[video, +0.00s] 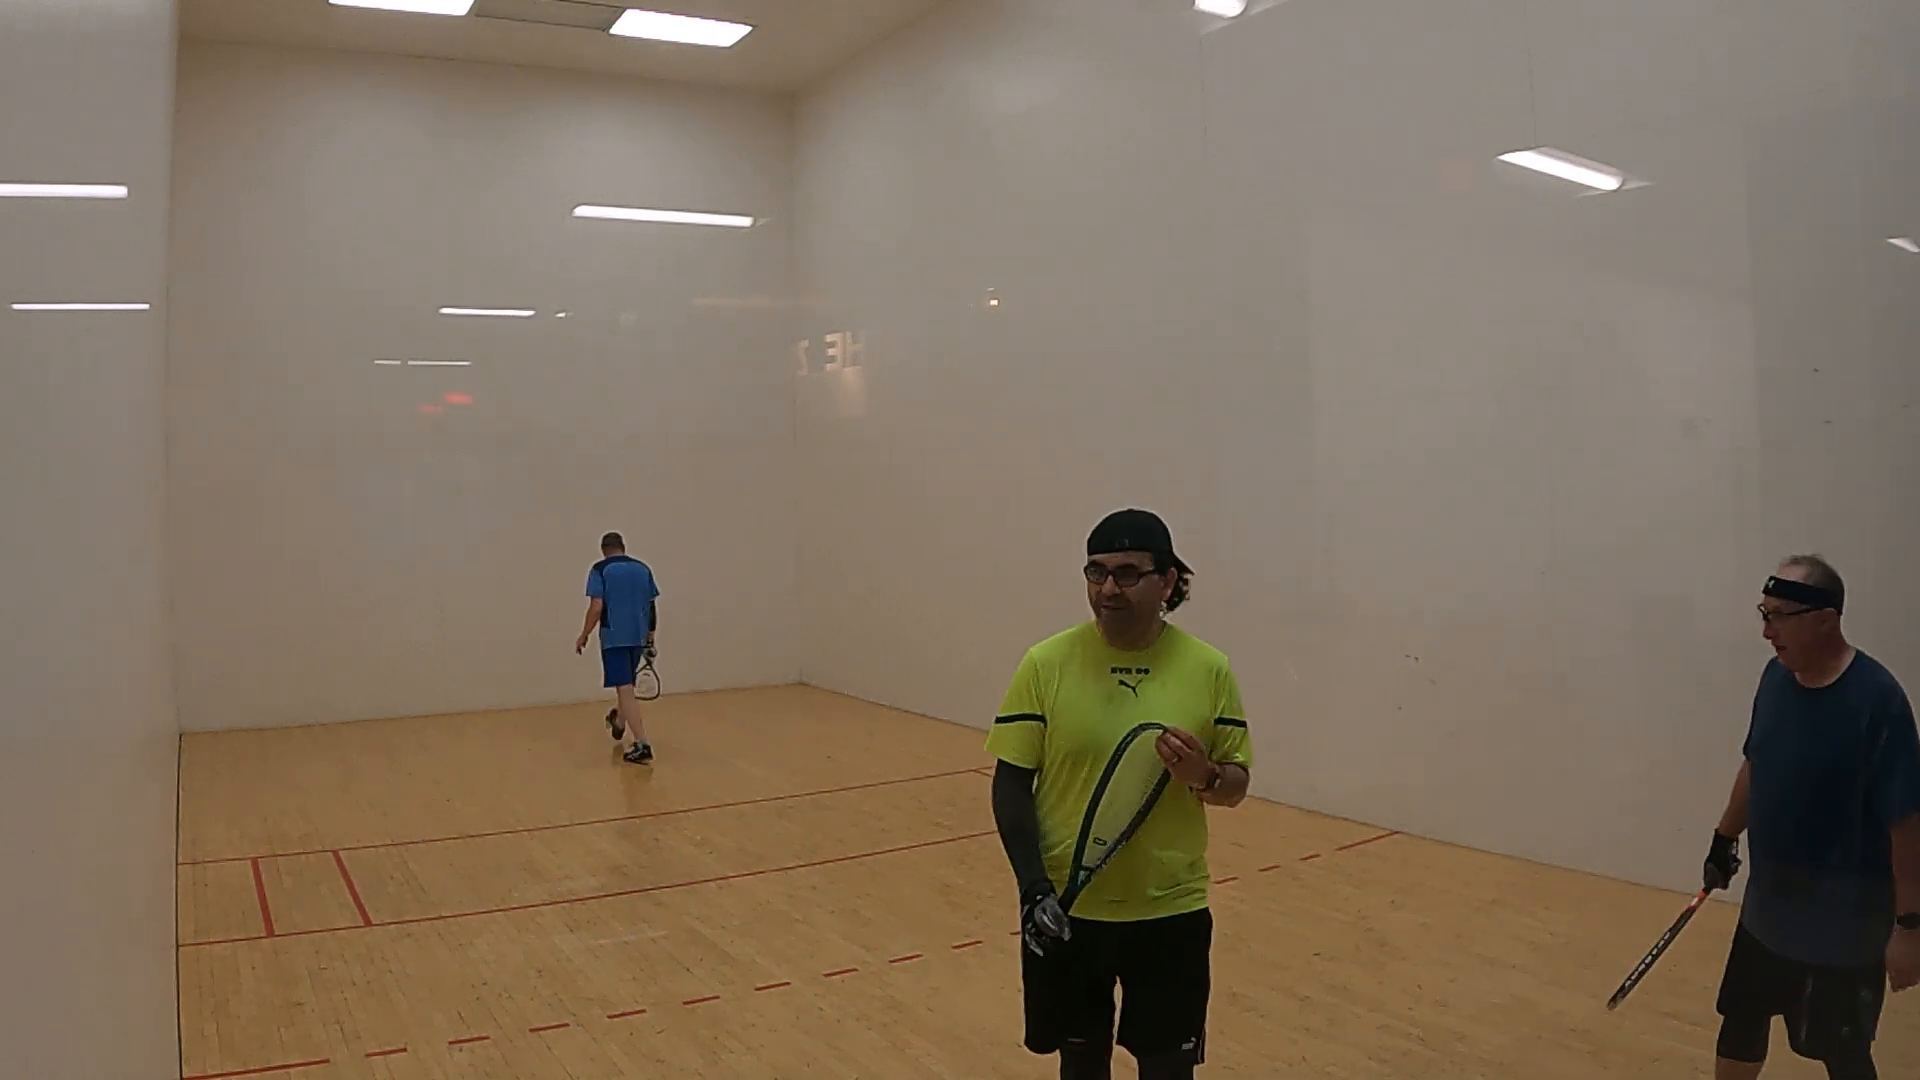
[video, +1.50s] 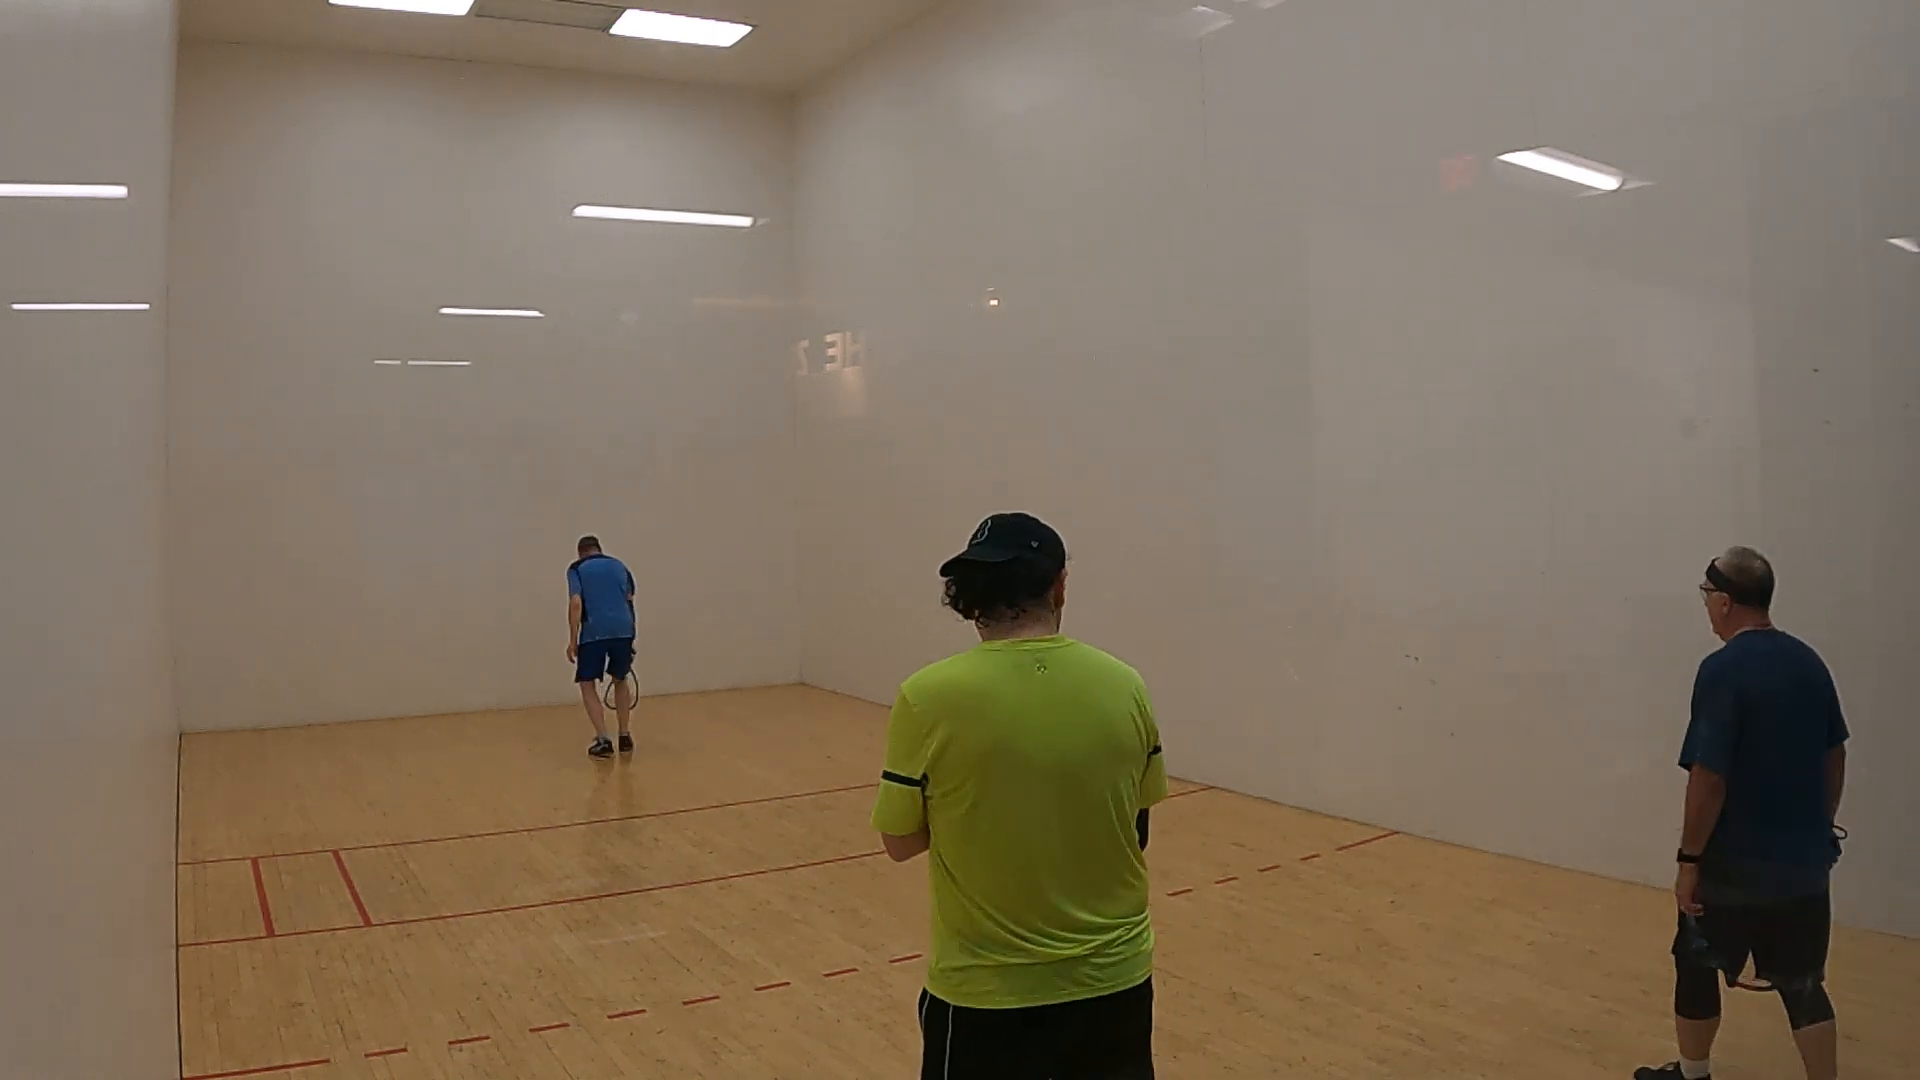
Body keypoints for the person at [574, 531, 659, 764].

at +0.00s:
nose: (607, 554)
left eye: (605, 550)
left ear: (603, 550)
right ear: (624, 548)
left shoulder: (600, 569)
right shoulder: (642, 568)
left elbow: (596, 606)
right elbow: (651, 606)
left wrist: (585, 634)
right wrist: (651, 636)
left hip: (614, 639)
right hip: (639, 637)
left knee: (625, 689)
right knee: (627, 683)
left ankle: (642, 744)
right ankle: (618, 719)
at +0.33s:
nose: (589, 571)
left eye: (588, 568)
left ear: (591, 564)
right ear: (607, 562)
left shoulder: (589, 570)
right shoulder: (622, 574)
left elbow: (594, 594)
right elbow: (628, 612)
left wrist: (593, 629)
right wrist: (627, 656)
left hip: (611, 625)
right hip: (632, 626)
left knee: (604, 677)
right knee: (619, 675)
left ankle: (627, 729)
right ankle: (615, 723)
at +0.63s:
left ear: (582, 569)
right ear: (596, 568)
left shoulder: (583, 572)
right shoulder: (612, 577)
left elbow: (590, 590)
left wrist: (591, 625)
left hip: (609, 619)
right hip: (629, 620)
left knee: (607, 672)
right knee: (616, 673)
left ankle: (609, 730)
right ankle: (613, 724)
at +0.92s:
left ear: (581, 566)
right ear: (596, 564)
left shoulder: (580, 571)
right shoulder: (611, 574)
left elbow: (586, 590)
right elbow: (614, 608)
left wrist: (587, 625)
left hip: (605, 620)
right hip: (626, 620)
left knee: (603, 674)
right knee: (613, 674)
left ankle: (608, 730)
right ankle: (612, 727)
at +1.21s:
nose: (579, 560)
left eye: (579, 557)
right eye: (582, 557)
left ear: (580, 555)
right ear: (599, 552)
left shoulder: (580, 569)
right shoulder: (615, 568)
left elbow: (584, 600)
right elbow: (621, 599)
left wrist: (581, 636)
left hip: (599, 632)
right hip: (622, 630)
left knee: (588, 683)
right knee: (613, 677)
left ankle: (601, 733)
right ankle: (612, 725)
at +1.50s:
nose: (580, 558)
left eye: (579, 555)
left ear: (580, 553)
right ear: (600, 549)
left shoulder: (576, 568)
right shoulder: (618, 564)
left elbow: (576, 602)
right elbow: (630, 597)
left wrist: (573, 640)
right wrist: (630, 636)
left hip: (594, 634)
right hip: (624, 632)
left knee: (587, 684)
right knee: (620, 680)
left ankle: (603, 739)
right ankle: (624, 734)